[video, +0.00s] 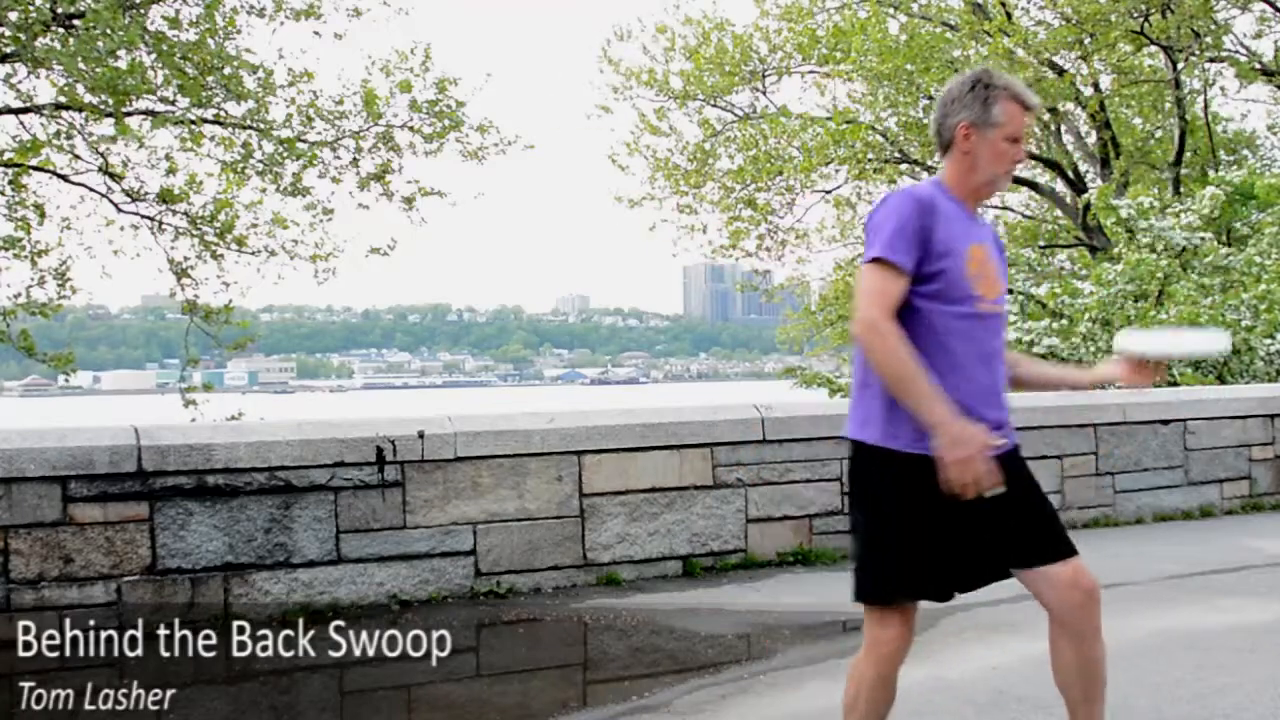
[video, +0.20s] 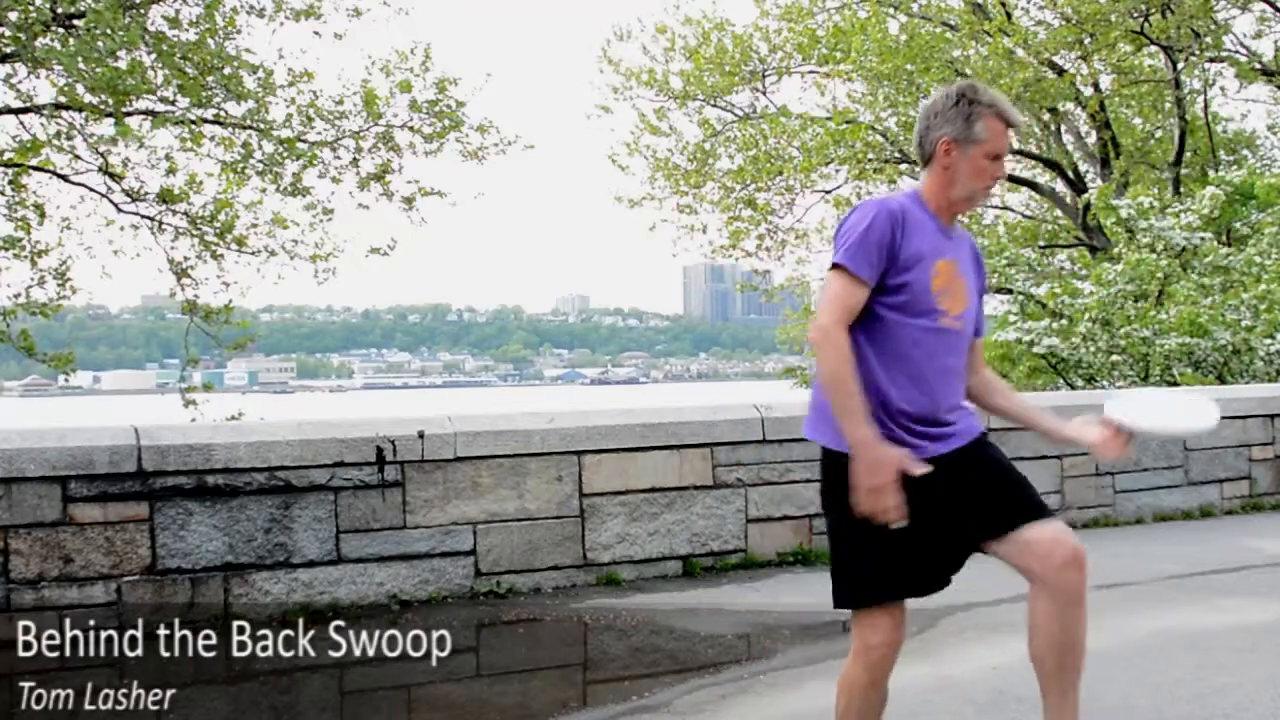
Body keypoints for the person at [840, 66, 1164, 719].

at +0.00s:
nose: (1022, 156)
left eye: (1025, 142)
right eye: (1012, 139)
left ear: (986, 144)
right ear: (966, 136)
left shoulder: (986, 237)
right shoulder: (909, 207)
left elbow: (990, 361)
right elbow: (870, 323)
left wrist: (1098, 375)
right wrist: (949, 425)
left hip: (985, 452)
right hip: (896, 456)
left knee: (1074, 595)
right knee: (887, 637)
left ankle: (1089, 719)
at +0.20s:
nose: (1002, 173)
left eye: (1005, 159)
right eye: (993, 157)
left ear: (958, 155)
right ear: (946, 152)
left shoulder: (967, 254)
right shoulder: (882, 219)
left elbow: (973, 377)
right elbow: (827, 329)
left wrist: (1072, 430)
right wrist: (864, 444)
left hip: (953, 445)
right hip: (868, 453)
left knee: (1059, 560)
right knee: (877, 639)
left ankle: (1062, 717)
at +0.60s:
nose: (978, 210)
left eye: (985, 197)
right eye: (971, 193)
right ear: (924, 175)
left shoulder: (942, 276)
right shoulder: (852, 231)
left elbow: (945, 389)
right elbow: (786, 338)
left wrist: (994, 488)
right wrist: (756, 453)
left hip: (909, 440)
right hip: (828, 457)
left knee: (1039, 474)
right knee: (848, 643)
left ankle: (1103, 679)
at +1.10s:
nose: (883, 165)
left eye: (899, 153)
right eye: (872, 149)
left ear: (924, 161)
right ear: (854, 150)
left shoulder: (933, 250)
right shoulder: (806, 226)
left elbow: (908, 352)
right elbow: (760, 341)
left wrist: (923, 426)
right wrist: (764, 456)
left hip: (915, 434)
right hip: (828, 449)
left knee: (1044, 495)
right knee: (847, 637)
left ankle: (1082, 697)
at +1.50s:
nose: (836, 123)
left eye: (852, 112)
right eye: (834, 111)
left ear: (900, 129)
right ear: (834, 122)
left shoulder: (943, 217)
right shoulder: (800, 202)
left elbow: (920, 315)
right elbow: (783, 322)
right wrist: (836, 426)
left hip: (930, 428)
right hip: (835, 431)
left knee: (998, 589)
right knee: (846, 622)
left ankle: (1022, 715)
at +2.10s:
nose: (811, 122)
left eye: (827, 111)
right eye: (816, 110)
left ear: (870, 131)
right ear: (853, 131)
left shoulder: (925, 207)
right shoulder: (790, 215)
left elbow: (951, 326)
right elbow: (771, 325)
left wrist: (842, 318)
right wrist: (775, 407)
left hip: (916, 446)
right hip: (824, 449)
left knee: (950, 619)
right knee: (796, 621)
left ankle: (987, 719)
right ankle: (847, 719)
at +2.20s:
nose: (804, 126)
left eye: (819, 115)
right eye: (809, 114)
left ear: (862, 132)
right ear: (849, 133)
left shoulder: (911, 207)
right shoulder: (787, 221)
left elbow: (916, 327)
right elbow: (773, 320)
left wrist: (796, 294)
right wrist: (764, 404)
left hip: (908, 448)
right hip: (817, 450)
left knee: (942, 626)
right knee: (792, 621)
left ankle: (982, 719)